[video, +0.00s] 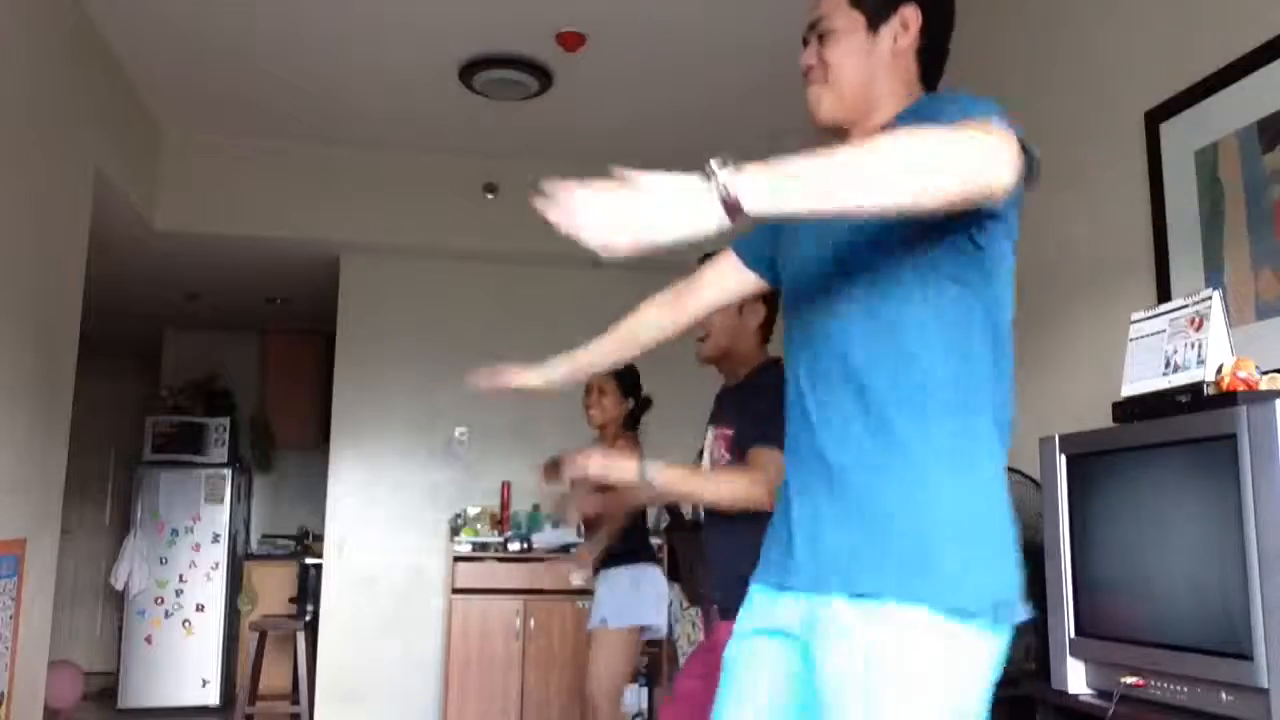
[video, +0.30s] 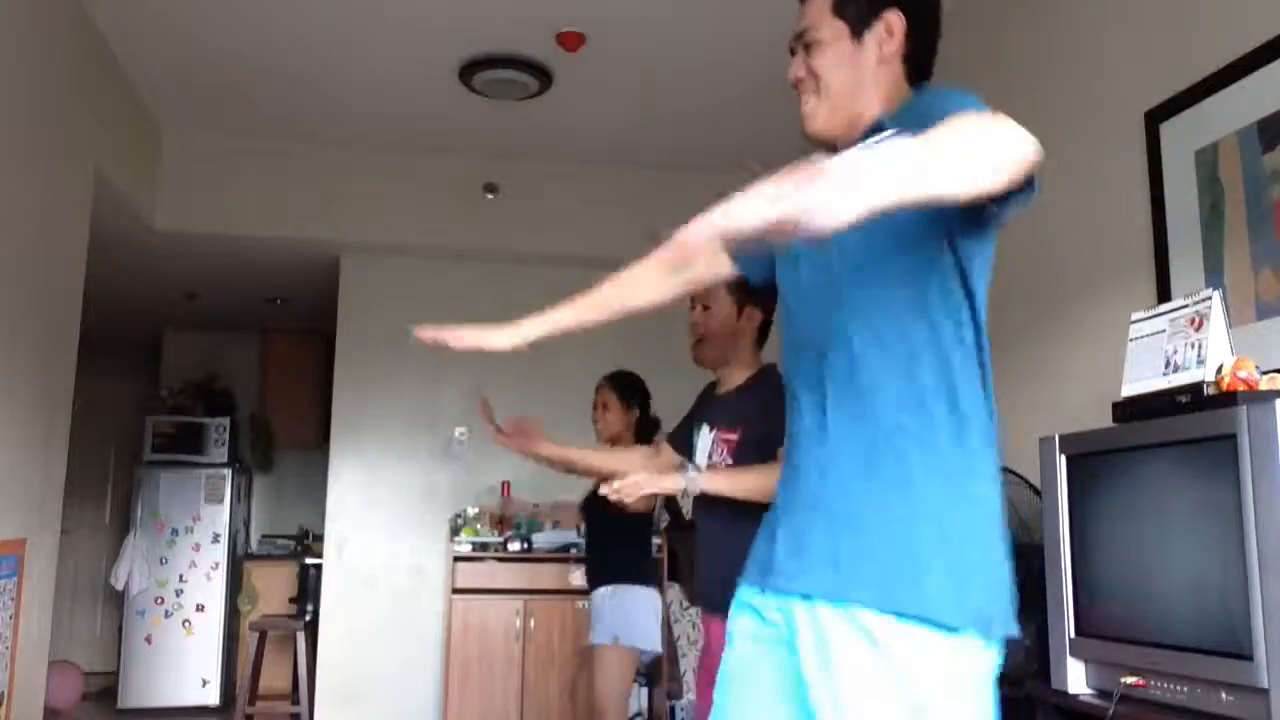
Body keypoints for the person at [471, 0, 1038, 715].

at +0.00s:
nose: (804, 58)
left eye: (824, 34)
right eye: (807, 41)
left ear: (901, 30)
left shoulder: (949, 120)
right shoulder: (810, 196)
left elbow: (988, 163)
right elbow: (689, 298)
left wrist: (717, 193)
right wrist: (561, 370)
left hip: (920, 582)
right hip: (792, 577)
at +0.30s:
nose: (793, 71)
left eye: (809, 43)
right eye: (793, 53)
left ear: (885, 36)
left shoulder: (935, 118)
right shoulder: (814, 193)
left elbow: (1005, 150)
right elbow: (686, 259)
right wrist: (519, 331)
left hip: (909, 587)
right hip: (781, 580)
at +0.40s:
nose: (781, 68)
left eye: (797, 42)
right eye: (778, 51)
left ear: (871, 36)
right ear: (812, 61)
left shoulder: (917, 127)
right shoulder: (797, 194)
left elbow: (1076, 116)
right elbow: (698, 267)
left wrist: (1252, 78)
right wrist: (580, 303)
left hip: (886, 573)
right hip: (791, 563)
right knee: (765, 711)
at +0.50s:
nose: (762, 95)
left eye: (776, 70)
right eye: (761, 77)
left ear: (848, 59)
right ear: (839, 65)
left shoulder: (901, 153)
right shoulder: (800, 222)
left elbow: (1023, 171)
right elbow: (742, 353)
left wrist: (1223, 159)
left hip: (874, 603)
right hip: (806, 600)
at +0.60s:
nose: (756, 119)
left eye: (773, 93)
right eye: (755, 103)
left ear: (851, 85)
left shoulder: (904, 179)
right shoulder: (801, 255)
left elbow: (1021, 208)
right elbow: (731, 390)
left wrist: (1225, 222)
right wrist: (715, 338)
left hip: (863, 630)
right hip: (799, 622)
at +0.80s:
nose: (805, 61)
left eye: (832, 35)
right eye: (791, 43)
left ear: (893, 45)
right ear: (779, 61)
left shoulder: (925, 116)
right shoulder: (787, 192)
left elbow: (1060, 153)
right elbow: (685, 310)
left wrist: (939, 201)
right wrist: (527, 353)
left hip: (904, 565)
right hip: (797, 559)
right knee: (783, 710)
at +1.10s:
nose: (842, 82)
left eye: (867, 55)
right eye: (823, 66)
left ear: (925, 69)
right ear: (808, 90)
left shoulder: (975, 151)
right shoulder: (806, 232)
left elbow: (1145, 175)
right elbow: (683, 326)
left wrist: (921, 242)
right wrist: (540, 414)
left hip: (962, 616)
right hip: (808, 610)